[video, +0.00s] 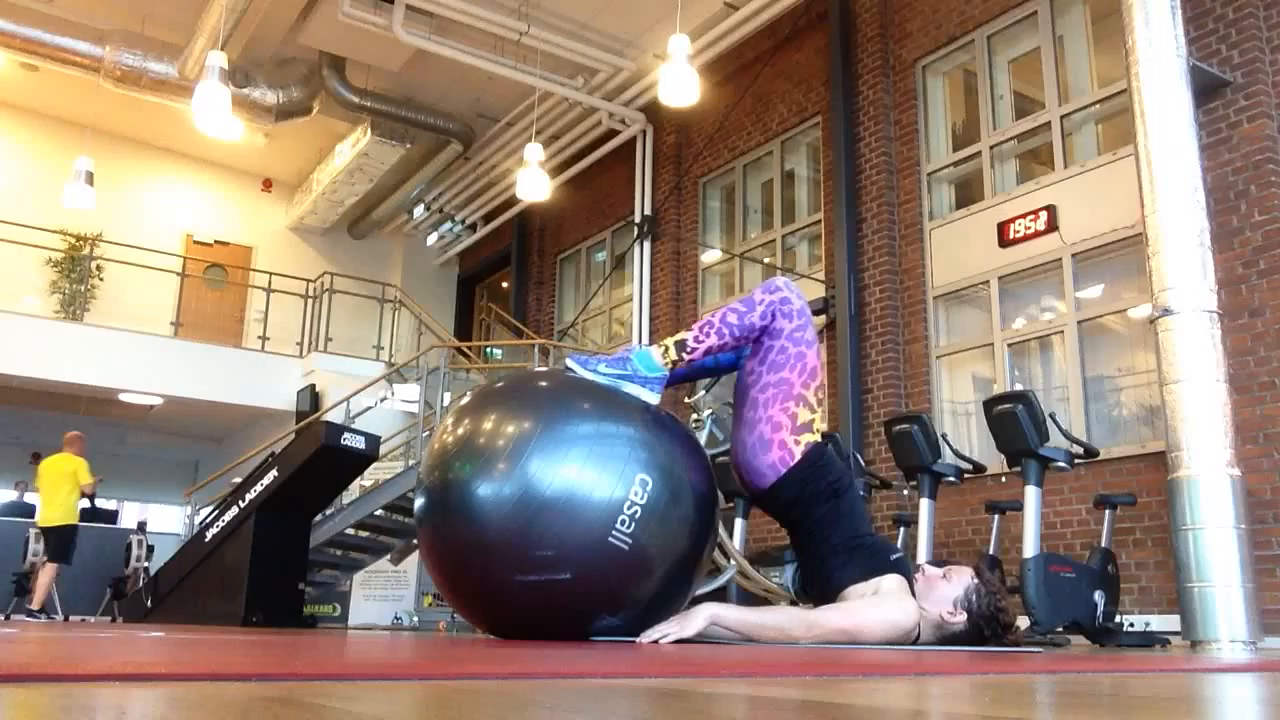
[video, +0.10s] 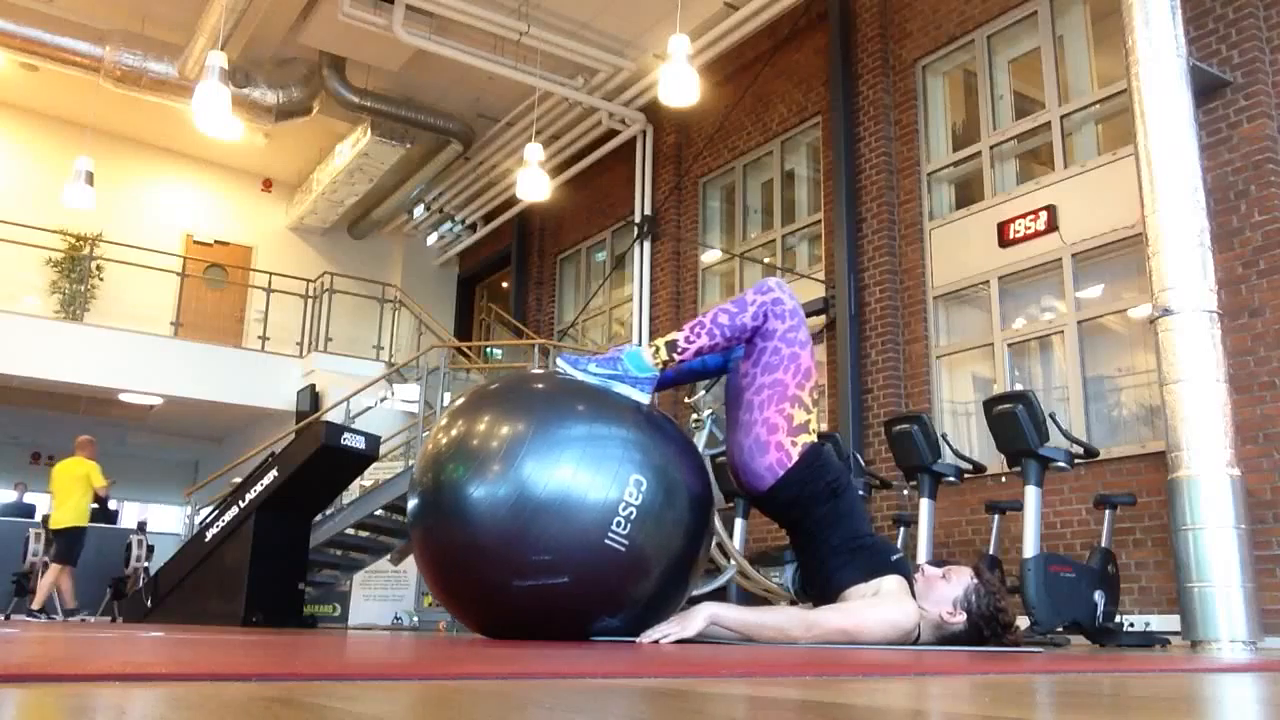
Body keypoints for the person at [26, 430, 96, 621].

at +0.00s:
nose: (83, 448)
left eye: (83, 445)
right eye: (82, 445)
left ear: (64, 445)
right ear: (78, 445)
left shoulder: (45, 462)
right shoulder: (79, 462)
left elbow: (39, 488)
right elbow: (87, 489)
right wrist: (94, 482)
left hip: (44, 518)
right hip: (65, 518)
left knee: (49, 562)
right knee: (53, 564)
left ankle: (36, 603)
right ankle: (35, 607)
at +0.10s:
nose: (96, 453)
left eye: (95, 449)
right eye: (94, 449)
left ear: (76, 448)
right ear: (89, 449)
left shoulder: (58, 466)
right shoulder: (90, 466)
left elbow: (53, 491)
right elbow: (102, 491)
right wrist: (106, 483)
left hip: (57, 520)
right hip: (75, 521)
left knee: (65, 566)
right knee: (57, 565)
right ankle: (35, 607)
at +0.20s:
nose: (106, 458)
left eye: (105, 455)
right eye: (105, 455)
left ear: (88, 453)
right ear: (100, 454)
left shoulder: (71, 472)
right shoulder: (100, 470)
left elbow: (68, 497)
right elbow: (113, 495)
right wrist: (123, 489)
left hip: (69, 526)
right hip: (87, 526)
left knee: (80, 569)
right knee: (67, 568)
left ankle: (87, 610)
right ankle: (39, 605)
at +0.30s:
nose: (118, 460)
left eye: (117, 457)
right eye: (117, 457)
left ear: (101, 455)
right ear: (113, 456)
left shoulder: (84, 474)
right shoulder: (111, 472)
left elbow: (85, 497)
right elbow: (123, 496)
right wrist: (136, 495)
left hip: (85, 525)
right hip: (100, 526)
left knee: (93, 571)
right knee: (92, 571)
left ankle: (92, 611)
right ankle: (53, 597)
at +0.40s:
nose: (131, 460)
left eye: (131, 457)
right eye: (131, 457)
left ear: (114, 454)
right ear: (126, 455)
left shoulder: (100, 473)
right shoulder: (121, 471)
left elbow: (100, 497)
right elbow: (132, 497)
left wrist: (127, 503)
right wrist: (151, 505)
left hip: (95, 525)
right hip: (112, 526)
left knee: (102, 569)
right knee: (119, 567)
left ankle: (93, 610)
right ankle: (79, 593)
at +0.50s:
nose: (145, 460)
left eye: (145, 456)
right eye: (144, 456)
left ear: (129, 454)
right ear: (138, 455)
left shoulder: (115, 472)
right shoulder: (131, 471)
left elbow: (116, 499)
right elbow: (139, 497)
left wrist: (141, 506)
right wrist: (154, 510)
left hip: (107, 525)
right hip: (123, 525)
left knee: (105, 567)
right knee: (136, 564)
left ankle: (94, 608)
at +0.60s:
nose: (158, 463)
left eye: (158, 459)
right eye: (157, 459)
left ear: (142, 458)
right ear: (151, 458)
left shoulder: (129, 475)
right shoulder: (143, 474)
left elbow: (130, 503)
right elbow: (143, 500)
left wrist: (156, 511)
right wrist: (162, 515)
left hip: (120, 529)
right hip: (136, 529)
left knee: (110, 569)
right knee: (146, 569)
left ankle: (95, 608)